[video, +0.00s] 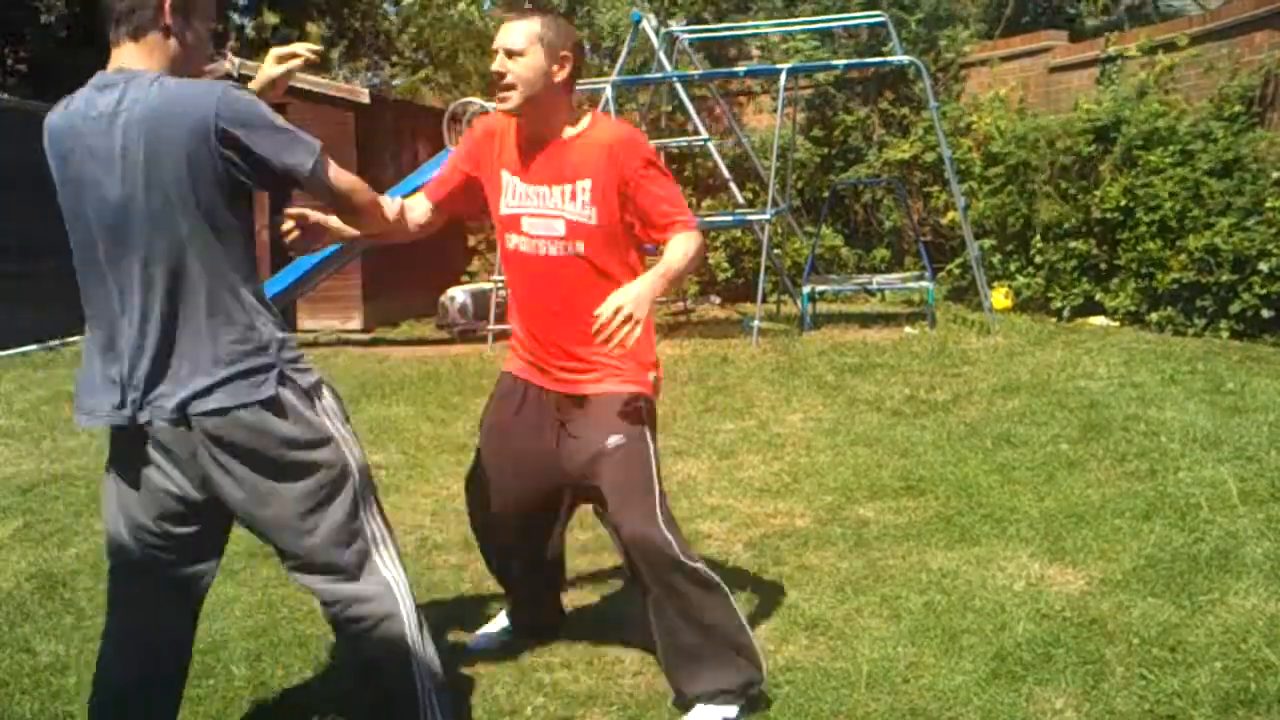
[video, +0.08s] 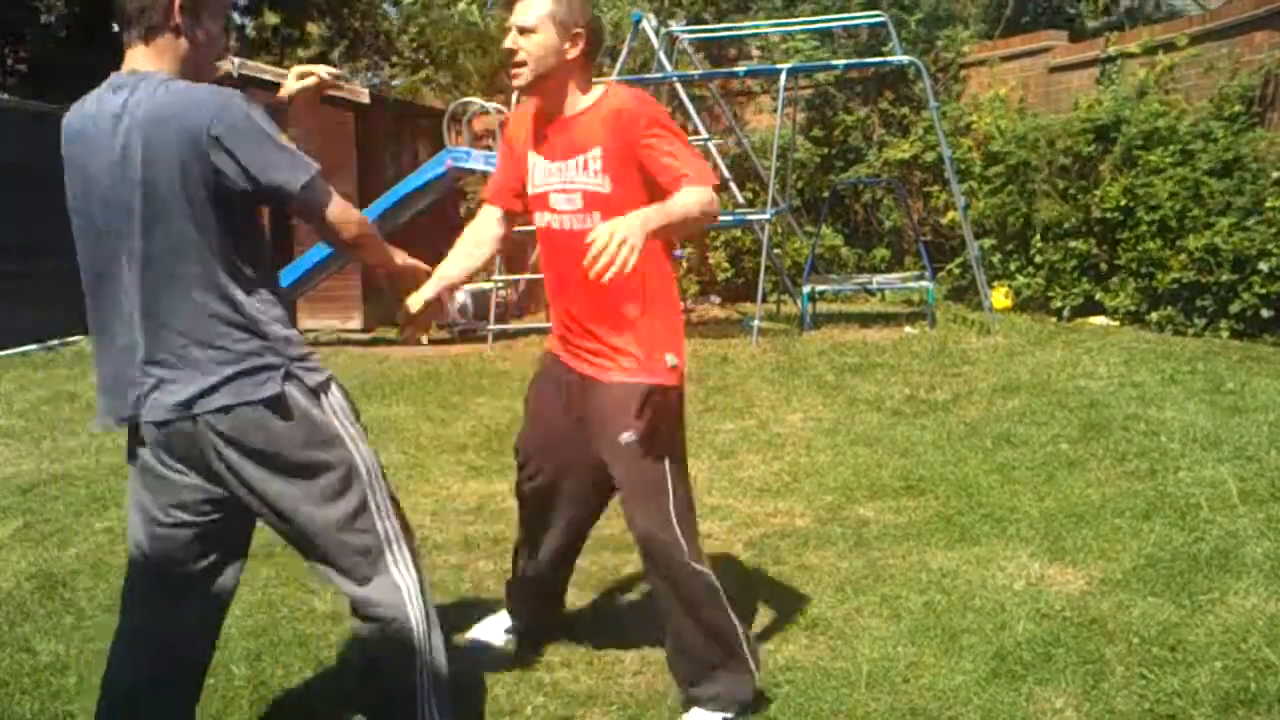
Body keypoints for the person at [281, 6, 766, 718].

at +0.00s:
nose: (497, 65)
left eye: (513, 54)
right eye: (495, 53)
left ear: (561, 66)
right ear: (493, 62)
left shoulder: (615, 144)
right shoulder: (487, 138)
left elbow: (686, 236)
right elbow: (419, 212)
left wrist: (649, 286)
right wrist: (346, 227)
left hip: (610, 371)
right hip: (528, 367)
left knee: (640, 530)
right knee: (497, 500)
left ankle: (720, 685)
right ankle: (531, 610)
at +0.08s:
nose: (509, 44)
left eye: (525, 31)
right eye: (509, 31)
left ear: (574, 42)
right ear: (537, 43)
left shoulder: (629, 110)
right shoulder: (523, 121)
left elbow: (704, 196)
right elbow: (491, 220)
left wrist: (641, 221)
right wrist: (436, 285)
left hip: (638, 358)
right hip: (567, 351)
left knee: (660, 531)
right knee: (542, 490)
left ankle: (723, 689)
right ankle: (527, 617)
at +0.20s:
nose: (550, 16)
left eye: (564, 3)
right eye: (547, 7)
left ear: (609, 6)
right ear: (599, 18)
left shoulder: (637, 46)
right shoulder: (614, 79)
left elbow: (651, 79)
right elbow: (662, 188)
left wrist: (525, 44)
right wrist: (599, 215)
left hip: (687, 314)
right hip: (654, 314)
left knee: (659, 502)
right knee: (605, 449)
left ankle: (732, 690)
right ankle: (651, 611)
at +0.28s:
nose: (584, 26)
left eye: (589, 11)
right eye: (580, 15)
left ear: (632, 8)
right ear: (656, 14)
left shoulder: (653, 47)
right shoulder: (698, 85)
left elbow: (575, 54)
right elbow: (678, 208)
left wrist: (457, 11)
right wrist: (600, 175)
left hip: (701, 317)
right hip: (737, 314)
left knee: (659, 511)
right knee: (701, 505)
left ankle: (733, 701)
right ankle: (742, 694)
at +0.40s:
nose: (651, 81)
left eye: (656, 66)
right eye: (649, 67)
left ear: (698, 59)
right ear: (725, 58)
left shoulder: (704, 110)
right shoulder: (781, 117)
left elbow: (576, 130)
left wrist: (485, 72)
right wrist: (633, 122)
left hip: (759, 381)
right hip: (825, 374)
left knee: (687, 574)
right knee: (798, 536)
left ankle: (735, 710)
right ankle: (933, 585)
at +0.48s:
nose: (686, 97)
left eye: (689, 82)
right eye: (683, 85)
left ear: (731, 73)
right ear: (755, 69)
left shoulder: (745, 127)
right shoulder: (814, 126)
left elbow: (630, 181)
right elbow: (739, 193)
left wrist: (560, 147)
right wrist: (681, 145)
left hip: (788, 399)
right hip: (863, 392)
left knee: (689, 566)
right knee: (859, 542)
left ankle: (724, 705)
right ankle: (1039, 590)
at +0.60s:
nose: (771, 83)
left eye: (776, 65)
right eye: (769, 67)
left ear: (824, 55)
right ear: (837, 55)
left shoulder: (843, 115)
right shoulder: (916, 111)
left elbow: (823, 243)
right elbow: (876, 218)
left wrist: (767, 207)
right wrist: (797, 155)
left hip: (879, 396)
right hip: (966, 388)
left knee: (758, 564)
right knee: (1056, 543)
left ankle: (731, 705)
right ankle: (1237, 679)